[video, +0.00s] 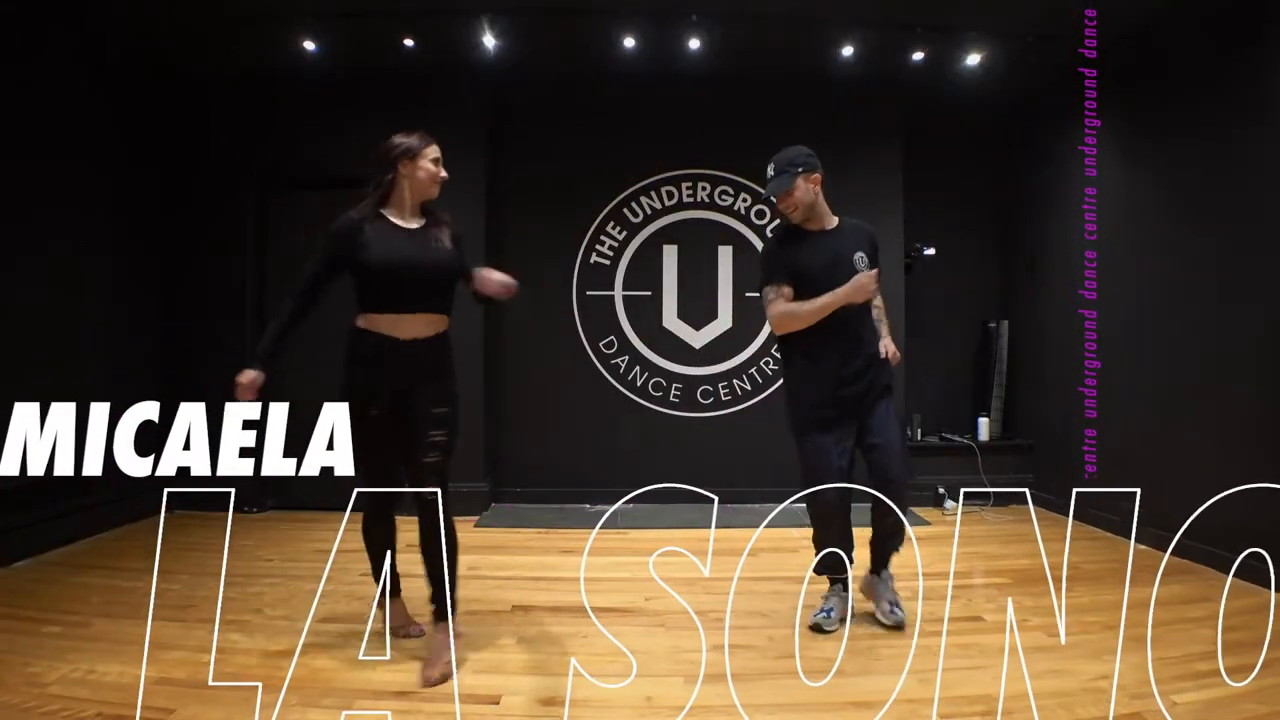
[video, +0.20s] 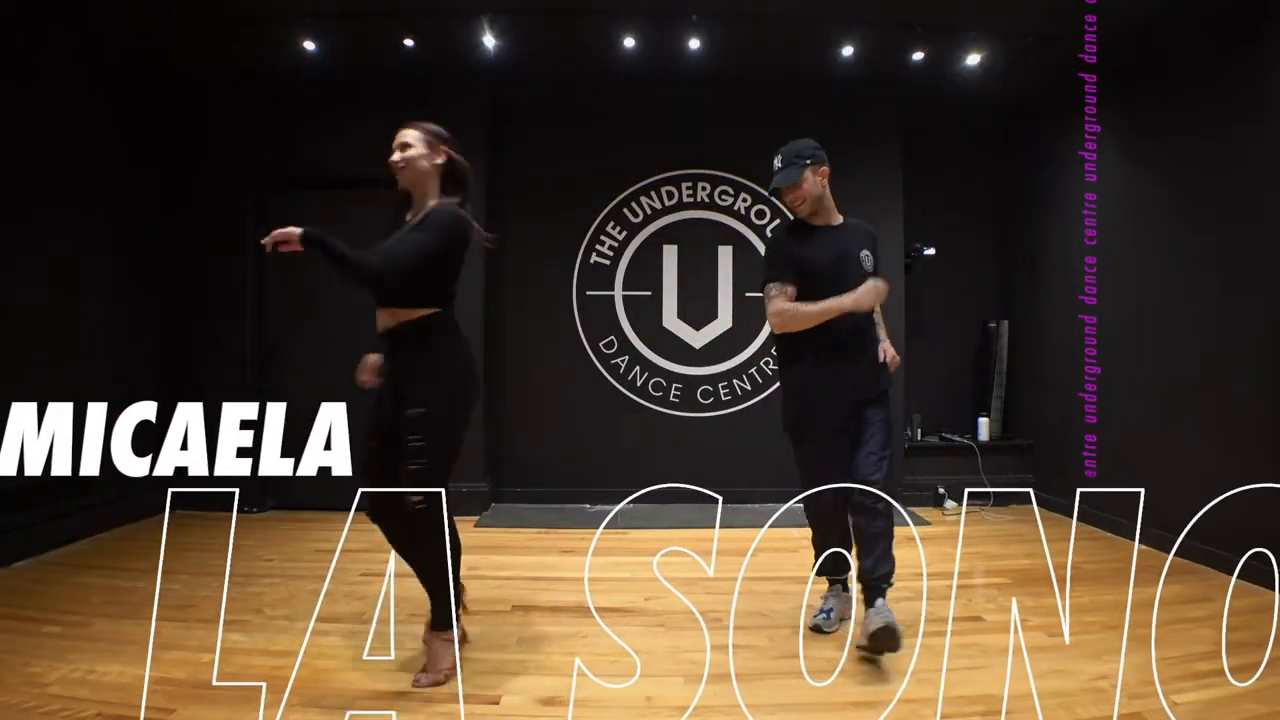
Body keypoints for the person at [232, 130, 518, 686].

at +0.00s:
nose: (443, 171)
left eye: (443, 163)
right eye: (434, 162)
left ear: (428, 171)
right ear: (403, 167)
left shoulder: (445, 230)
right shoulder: (357, 227)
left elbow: (462, 288)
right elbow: (307, 294)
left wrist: (485, 287)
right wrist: (260, 364)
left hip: (432, 364)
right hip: (371, 362)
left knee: (431, 491)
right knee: (376, 490)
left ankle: (445, 624)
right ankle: (391, 597)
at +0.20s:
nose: (395, 157)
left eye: (407, 147)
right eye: (392, 151)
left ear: (440, 157)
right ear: (394, 166)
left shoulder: (449, 218)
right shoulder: (403, 224)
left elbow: (386, 274)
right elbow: (405, 303)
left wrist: (312, 241)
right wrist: (382, 350)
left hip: (437, 363)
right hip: (398, 365)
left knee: (424, 496)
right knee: (378, 495)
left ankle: (443, 630)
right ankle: (446, 594)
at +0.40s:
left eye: (424, 161)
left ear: (413, 173)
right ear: (468, 175)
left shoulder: (392, 223)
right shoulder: (477, 223)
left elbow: (366, 312)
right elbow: (536, 284)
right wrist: (488, 319)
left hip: (409, 354)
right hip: (464, 354)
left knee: (423, 496)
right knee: (426, 485)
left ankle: (439, 638)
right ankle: (442, 617)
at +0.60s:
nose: (499, 183)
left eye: (499, 174)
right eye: (494, 173)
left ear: (449, 173)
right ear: (469, 172)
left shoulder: (410, 224)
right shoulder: (493, 225)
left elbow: (374, 305)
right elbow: (544, 291)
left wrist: (398, 363)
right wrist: (508, 242)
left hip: (418, 360)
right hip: (477, 359)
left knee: (419, 503)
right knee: (495, 493)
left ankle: (423, 634)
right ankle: (471, 611)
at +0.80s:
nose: (516, 184)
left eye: (515, 174)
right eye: (508, 174)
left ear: (477, 180)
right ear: (477, 177)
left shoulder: (444, 228)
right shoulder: (490, 230)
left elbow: (389, 292)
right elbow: (522, 304)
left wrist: (387, 354)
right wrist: (560, 277)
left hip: (444, 355)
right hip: (483, 357)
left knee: (479, 484)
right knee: (489, 486)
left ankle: (425, 590)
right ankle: (468, 617)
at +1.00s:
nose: (533, 183)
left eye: (532, 174)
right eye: (524, 174)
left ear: (502, 184)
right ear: (495, 180)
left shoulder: (483, 229)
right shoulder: (496, 230)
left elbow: (449, 298)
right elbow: (500, 301)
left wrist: (500, 314)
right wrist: (570, 327)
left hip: (475, 363)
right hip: (486, 365)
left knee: (499, 480)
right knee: (498, 485)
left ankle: (488, 582)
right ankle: (464, 611)